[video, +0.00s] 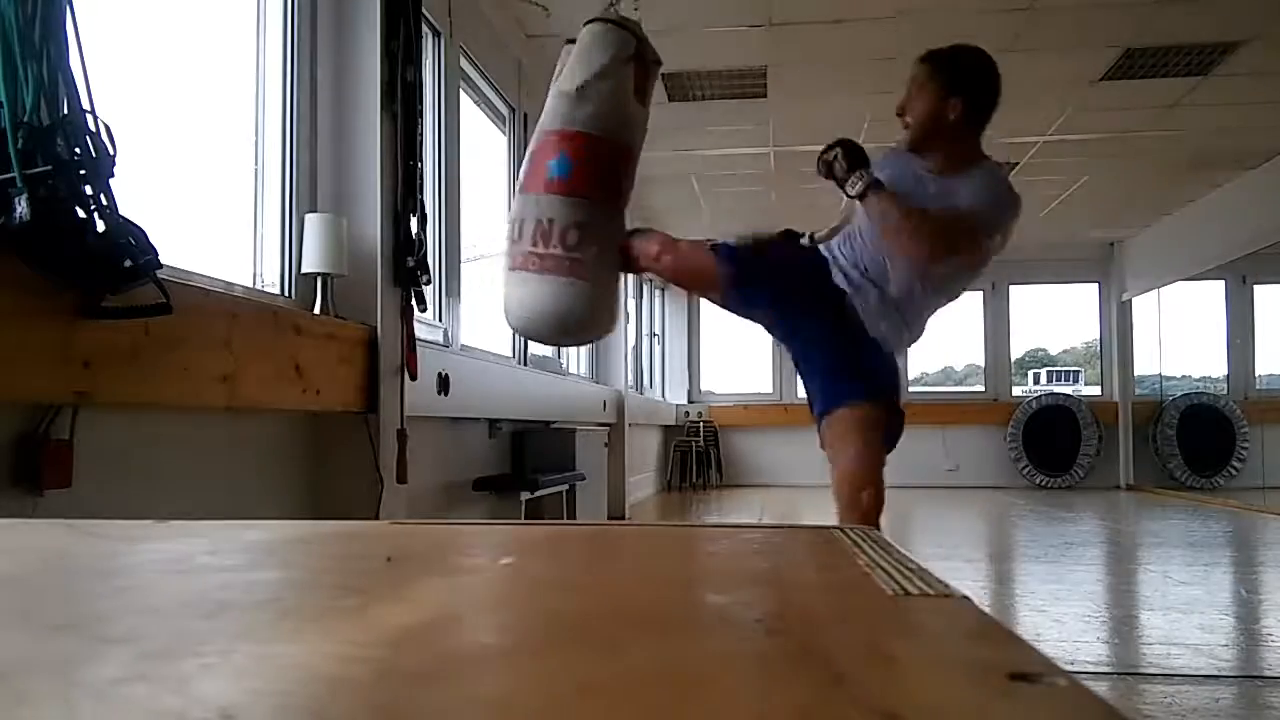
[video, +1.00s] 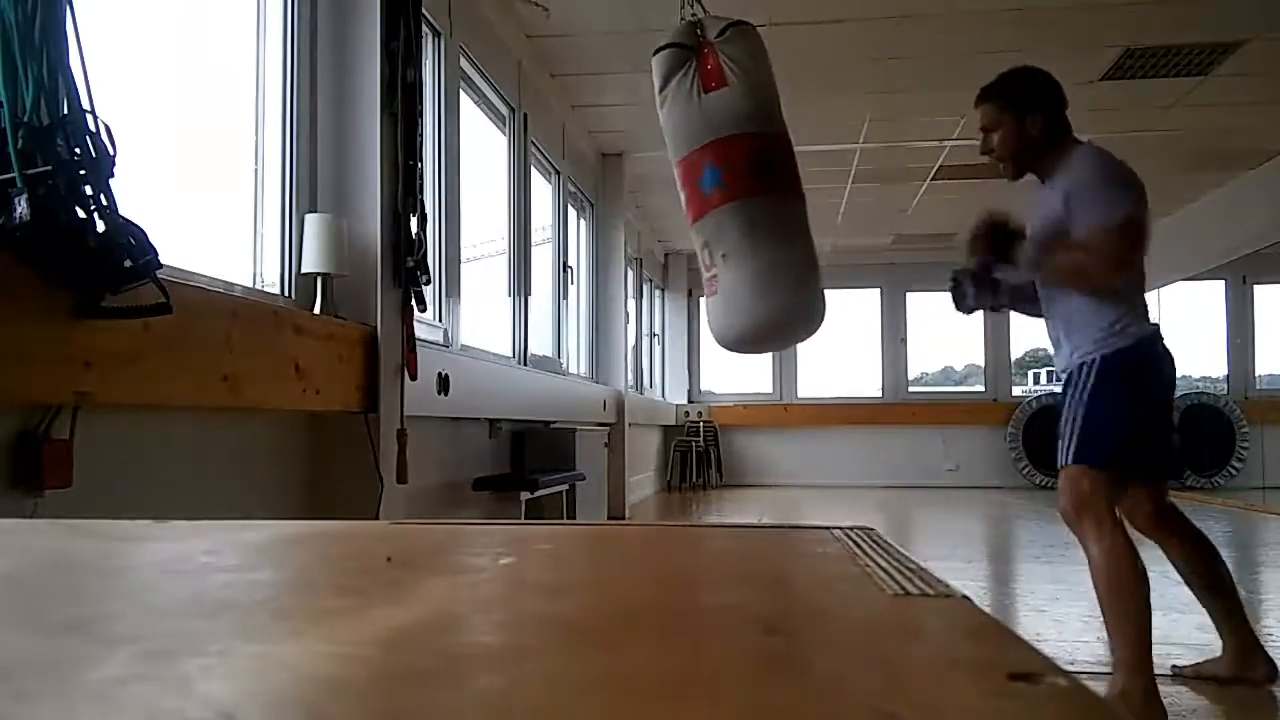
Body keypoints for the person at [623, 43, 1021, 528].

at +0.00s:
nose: (900, 106)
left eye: (914, 93)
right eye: (905, 92)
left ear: (953, 108)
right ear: (948, 109)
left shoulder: (993, 196)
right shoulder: (896, 160)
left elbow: (925, 246)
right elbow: (844, 236)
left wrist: (861, 183)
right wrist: (793, 248)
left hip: (863, 344)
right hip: (811, 276)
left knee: (860, 487)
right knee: (665, 256)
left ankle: (856, 622)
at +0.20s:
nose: (954, 90)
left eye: (970, 80)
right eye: (960, 76)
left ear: (1013, 96)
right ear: (1000, 93)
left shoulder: (1035, 213)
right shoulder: (939, 146)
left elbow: (971, 306)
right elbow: (867, 184)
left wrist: (913, 237)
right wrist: (790, 190)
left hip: (906, 354)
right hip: (850, 293)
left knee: (891, 498)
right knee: (712, 328)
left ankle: (876, 632)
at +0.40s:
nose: (964, 71)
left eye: (978, 59)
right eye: (968, 58)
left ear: (1020, 70)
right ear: (1010, 70)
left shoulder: (1062, 169)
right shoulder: (954, 140)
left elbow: (1107, 266)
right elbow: (890, 218)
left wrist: (1028, 267)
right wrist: (897, 183)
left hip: (955, 348)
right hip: (897, 321)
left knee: (911, 497)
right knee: (851, 446)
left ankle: (899, 630)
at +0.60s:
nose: (965, 119)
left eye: (974, 106)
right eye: (965, 106)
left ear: (1016, 107)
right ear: (1008, 111)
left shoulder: (1078, 172)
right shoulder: (988, 190)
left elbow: (1154, 251)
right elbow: (979, 289)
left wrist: (1082, 255)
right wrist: (946, 256)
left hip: (1038, 355)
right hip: (996, 356)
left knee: (959, 488)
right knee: (1044, 503)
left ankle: (929, 637)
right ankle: (1143, 622)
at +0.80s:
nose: (972, 123)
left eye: (978, 108)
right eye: (968, 111)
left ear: (1018, 97)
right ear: (1014, 105)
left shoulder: (1072, 134)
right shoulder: (1031, 157)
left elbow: (1066, 211)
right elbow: (1053, 252)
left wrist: (985, 168)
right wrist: (1008, 243)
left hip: (1098, 321)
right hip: (1081, 327)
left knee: (1037, 452)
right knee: (1100, 484)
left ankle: (1053, 644)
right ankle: (1161, 636)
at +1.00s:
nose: (986, 146)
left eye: (992, 130)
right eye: (982, 133)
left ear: (1034, 121)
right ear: (1032, 127)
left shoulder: (1095, 171)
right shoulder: (1053, 194)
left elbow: (1116, 270)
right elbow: (1068, 292)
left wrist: (1023, 250)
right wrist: (1001, 290)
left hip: (1116, 358)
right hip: (1102, 362)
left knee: (1083, 502)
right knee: (1146, 509)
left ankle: (1136, 692)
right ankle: (1245, 654)